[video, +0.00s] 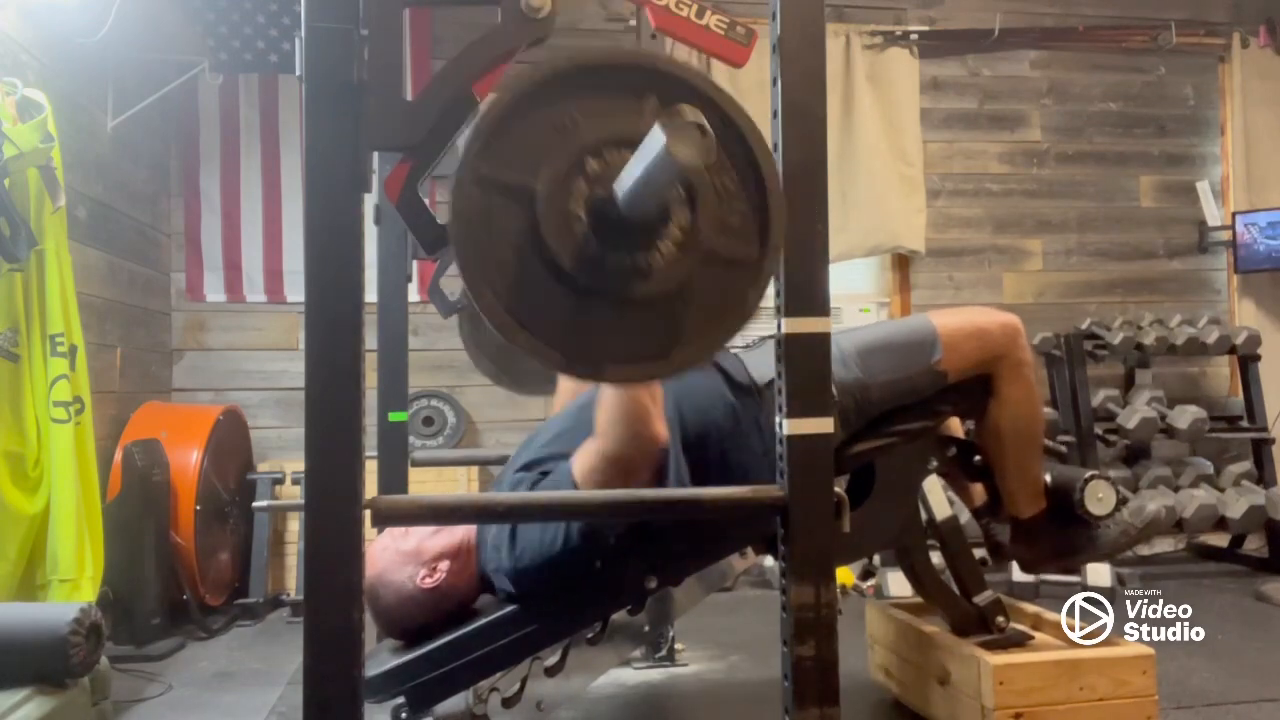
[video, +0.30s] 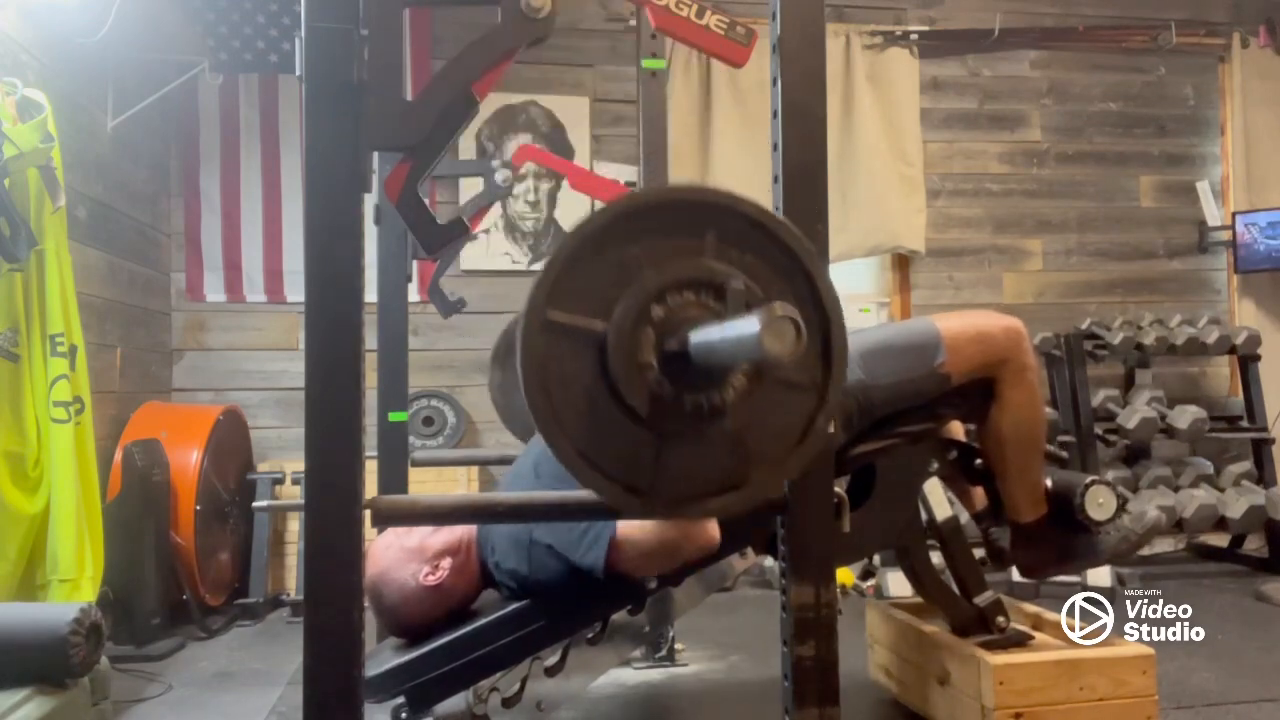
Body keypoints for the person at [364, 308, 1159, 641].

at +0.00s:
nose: (414, 528)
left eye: (396, 531)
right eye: (411, 546)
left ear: (428, 543)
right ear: (444, 578)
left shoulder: (499, 493)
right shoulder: (529, 555)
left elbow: (580, 403)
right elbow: (637, 436)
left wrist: (568, 278)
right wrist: (610, 290)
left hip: (738, 364)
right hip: (771, 420)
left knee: (927, 320)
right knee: (1000, 336)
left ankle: (972, 467)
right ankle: (1032, 521)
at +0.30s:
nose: (417, 528)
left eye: (399, 534)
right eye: (417, 547)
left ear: (427, 548)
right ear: (448, 575)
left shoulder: (493, 494)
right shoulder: (531, 537)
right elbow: (692, 533)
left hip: (698, 411)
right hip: (752, 440)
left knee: (903, 320)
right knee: (1002, 339)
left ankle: (978, 468)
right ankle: (1033, 527)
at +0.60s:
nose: (420, 531)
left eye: (402, 536)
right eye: (419, 550)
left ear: (427, 544)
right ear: (449, 577)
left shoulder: (493, 494)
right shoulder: (532, 544)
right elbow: (686, 530)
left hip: (699, 412)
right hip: (749, 449)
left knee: (926, 327)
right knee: (1005, 341)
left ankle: (984, 479)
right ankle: (1032, 529)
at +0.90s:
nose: (416, 529)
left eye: (397, 533)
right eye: (413, 549)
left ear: (427, 540)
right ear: (444, 579)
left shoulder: (503, 492)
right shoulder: (531, 556)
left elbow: (587, 399)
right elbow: (631, 427)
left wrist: (563, 271)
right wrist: (609, 274)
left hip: (739, 363)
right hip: (771, 421)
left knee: (937, 324)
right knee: (1003, 341)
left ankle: (975, 472)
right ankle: (1031, 528)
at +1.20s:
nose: (420, 528)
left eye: (403, 531)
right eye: (414, 547)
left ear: (430, 544)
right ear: (445, 579)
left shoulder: (509, 497)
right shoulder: (530, 550)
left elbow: (565, 375)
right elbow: (568, 391)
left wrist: (569, 207)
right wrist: (566, 218)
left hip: (752, 369)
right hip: (774, 417)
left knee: (968, 325)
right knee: (1004, 339)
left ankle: (992, 481)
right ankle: (1031, 525)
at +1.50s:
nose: (417, 532)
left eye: (399, 535)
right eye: (415, 551)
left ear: (426, 542)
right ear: (446, 580)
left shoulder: (496, 497)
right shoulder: (525, 549)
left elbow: (621, 427)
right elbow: (649, 457)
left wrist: (595, 308)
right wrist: (619, 319)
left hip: (745, 374)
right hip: (769, 427)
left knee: (944, 322)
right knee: (1004, 341)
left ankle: (978, 474)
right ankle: (1031, 527)